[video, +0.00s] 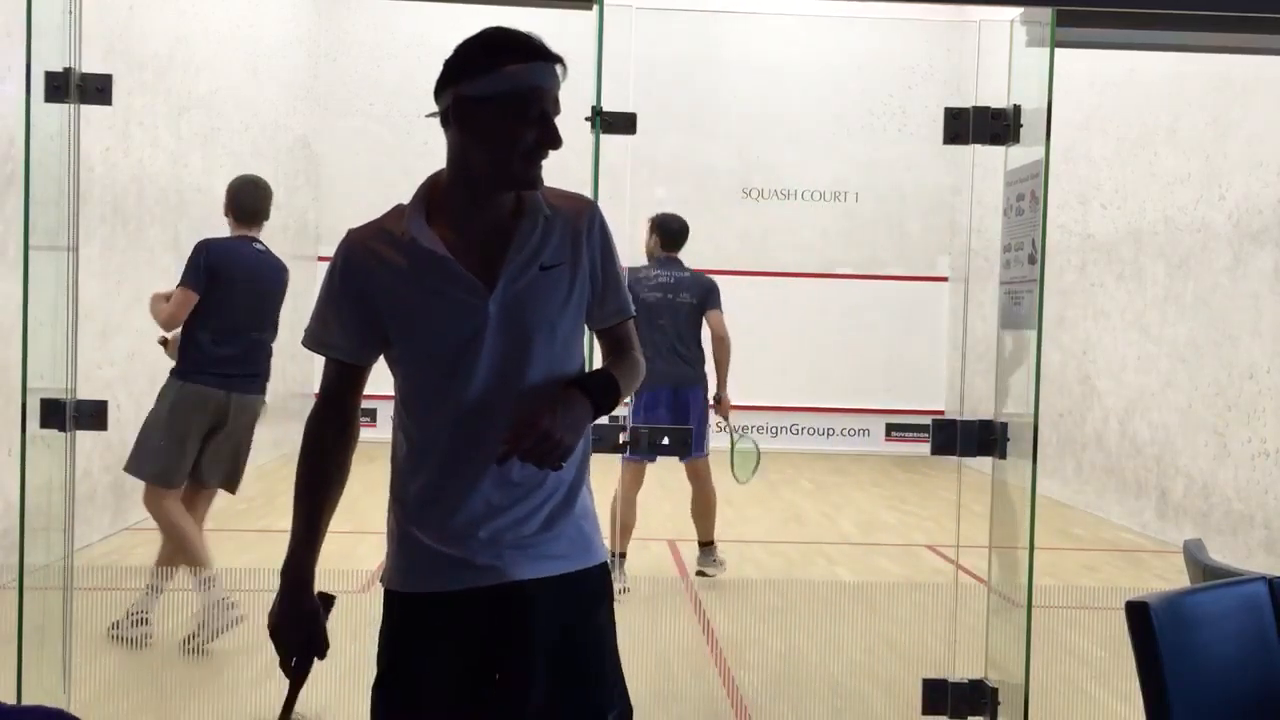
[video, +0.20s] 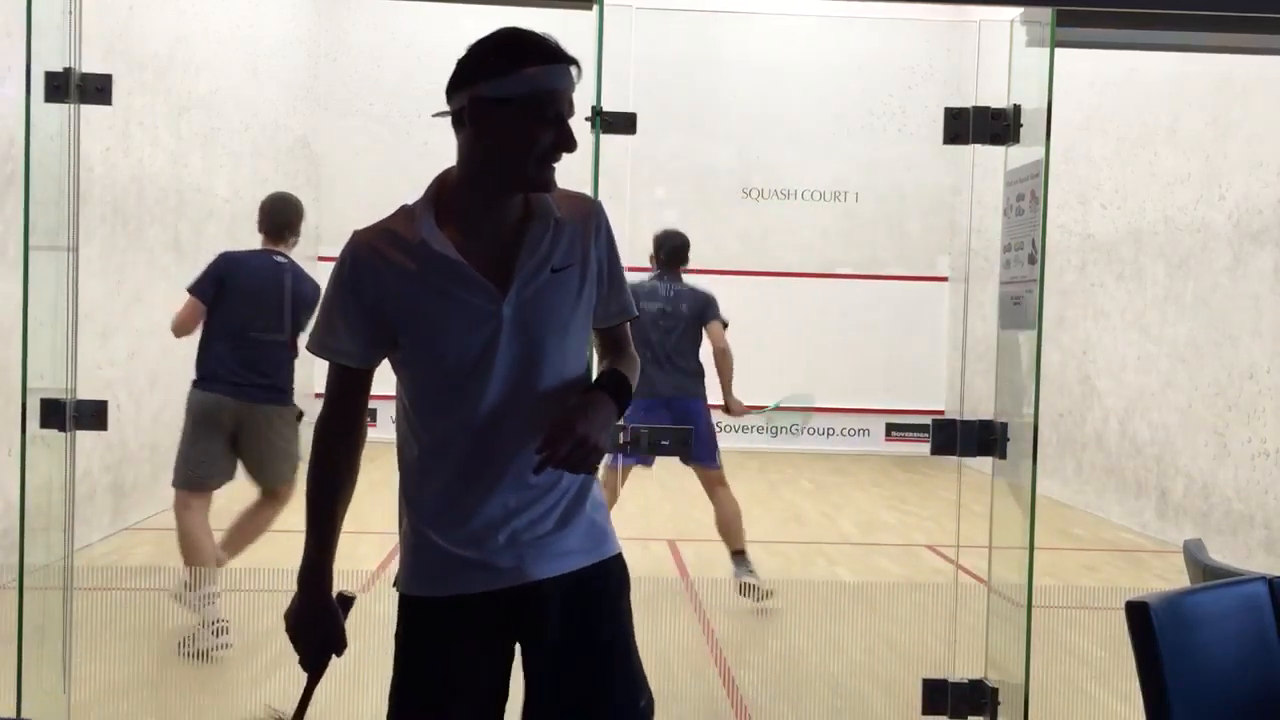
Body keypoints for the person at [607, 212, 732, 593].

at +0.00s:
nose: (644, 238)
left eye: (647, 233)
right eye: (648, 232)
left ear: (654, 239)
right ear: (681, 243)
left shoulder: (629, 280)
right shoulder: (702, 284)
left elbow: (613, 334)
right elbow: (720, 336)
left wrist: (615, 383)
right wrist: (721, 389)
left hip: (645, 391)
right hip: (690, 391)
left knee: (629, 482)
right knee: (700, 474)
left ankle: (617, 564)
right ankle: (707, 554)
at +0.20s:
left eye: (651, 255)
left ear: (652, 259)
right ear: (686, 262)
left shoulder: (628, 293)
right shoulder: (700, 298)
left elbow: (607, 347)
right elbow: (720, 346)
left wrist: (607, 394)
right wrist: (729, 396)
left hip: (638, 406)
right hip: (688, 408)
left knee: (609, 483)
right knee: (717, 487)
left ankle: (575, 551)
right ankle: (742, 566)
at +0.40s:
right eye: (696, 271)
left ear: (663, 270)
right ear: (699, 275)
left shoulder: (636, 305)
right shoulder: (690, 316)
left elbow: (617, 361)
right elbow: (696, 370)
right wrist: (737, 413)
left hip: (633, 427)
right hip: (676, 431)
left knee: (600, 506)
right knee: (726, 511)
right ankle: (766, 592)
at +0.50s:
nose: (699, 261)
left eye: (698, 254)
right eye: (699, 255)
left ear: (665, 245)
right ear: (693, 253)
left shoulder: (636, 282)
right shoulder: (674, 290)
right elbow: (671, 359)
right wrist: (718, 400)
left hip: (620, 401)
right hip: (662, 405)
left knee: (616, 499)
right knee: (704, 496)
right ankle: (735, 585)